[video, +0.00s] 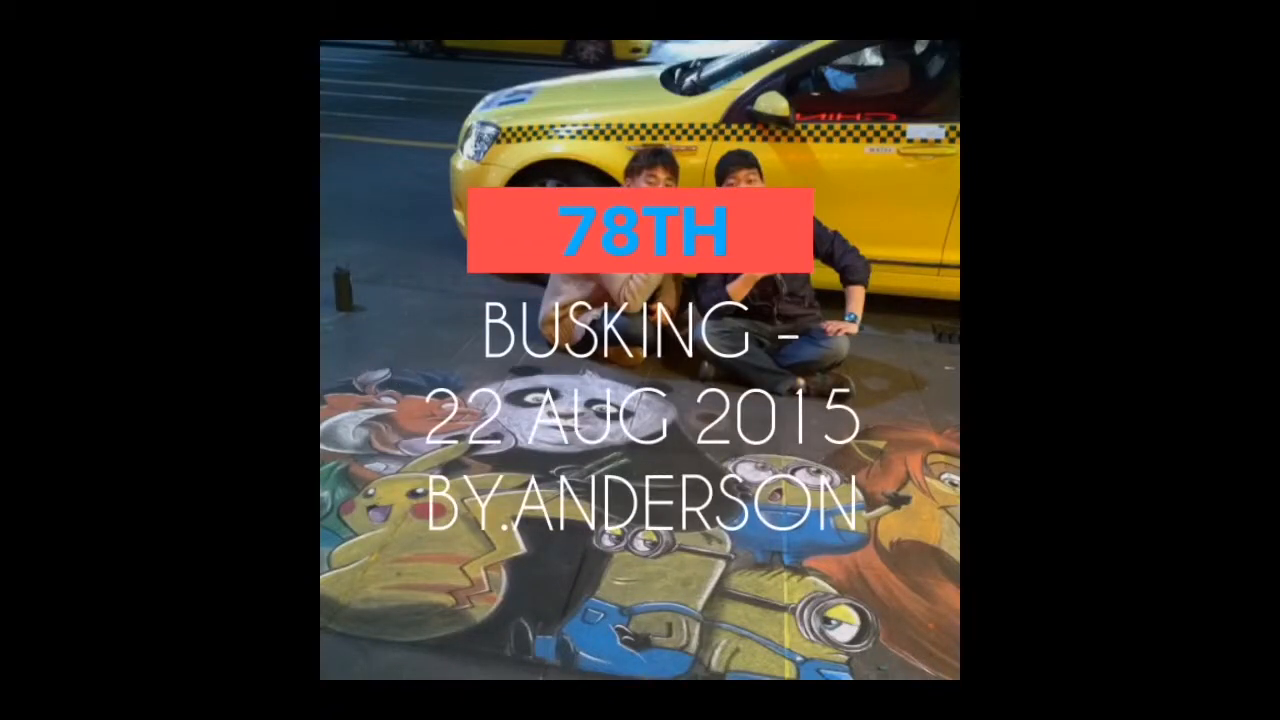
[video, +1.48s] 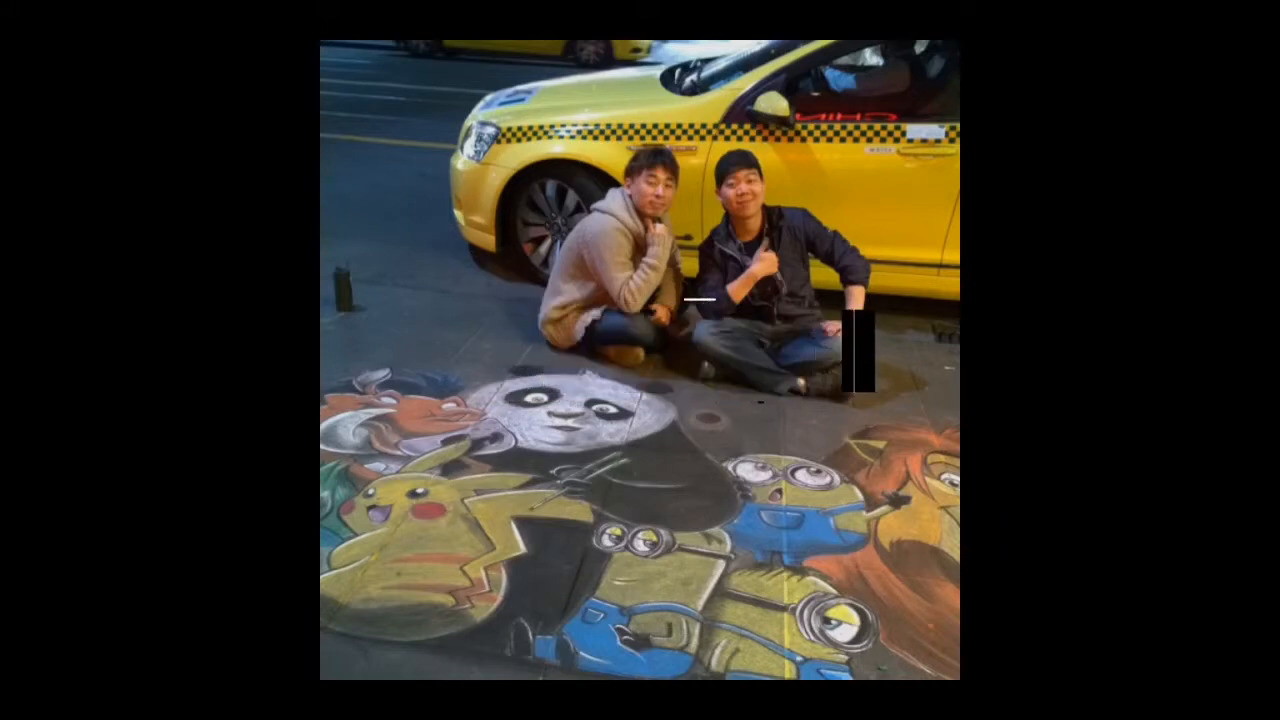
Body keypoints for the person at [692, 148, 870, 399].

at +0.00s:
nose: (743, 190)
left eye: (750, 181)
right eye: (732, 184)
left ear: (763, 184)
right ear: (721, 192)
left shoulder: (791, 220)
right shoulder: (716, 230)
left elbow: (853, 262)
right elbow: (707, 303)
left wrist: (851, 319)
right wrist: (751, 276)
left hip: (800, 325)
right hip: (747, 324)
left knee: (837, 345)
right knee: (708, 333)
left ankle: (732, 371)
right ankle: (798, 386)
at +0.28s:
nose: (743, 191)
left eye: (750, 181)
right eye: (732, 185)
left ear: (763, 187)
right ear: (720, 196)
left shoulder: (796, 223)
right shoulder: (712, 247)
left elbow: (855, 264)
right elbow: (709, 314)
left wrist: (851, 318)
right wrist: (750, 273)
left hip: (792, 332)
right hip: (741, 337)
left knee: (837, 345)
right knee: (706, 340)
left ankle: (746, 373)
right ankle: (794, 383)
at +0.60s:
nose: (743, 190)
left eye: (751, 181)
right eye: (732, 185)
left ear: (763, 187)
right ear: (720, 196)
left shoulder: (795, 222)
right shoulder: (713, 246)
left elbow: (854, 262)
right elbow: (708, 308)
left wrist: (851, 320)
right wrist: (752, 275)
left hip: (800, 325)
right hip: (749, 325)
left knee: (838, 344)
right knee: (704, 332)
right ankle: (811, 383)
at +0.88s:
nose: (743, 190)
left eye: (751, 181)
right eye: (732, 185)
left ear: (763, 187)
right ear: (720, 196)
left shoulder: (795, 223)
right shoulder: (713, 247)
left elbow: (853, 262)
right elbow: (707, 306)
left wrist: (851, 320)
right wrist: (752, 275)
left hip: (799, 328)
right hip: (743, 332)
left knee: (838, 344)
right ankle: (817, 384)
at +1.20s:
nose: (743, 190)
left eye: (751, 180)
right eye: (732, 184)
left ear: (764, 186)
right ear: (719, 195)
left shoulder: (796, 222)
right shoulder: (712, 248)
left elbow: (852, 262)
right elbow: (709, 306)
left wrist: (853, 317)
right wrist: (752, 275)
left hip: (801, 319)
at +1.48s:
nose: (743, 191)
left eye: (750, 181)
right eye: (732, 185)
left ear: (763, 187)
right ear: (720, 195)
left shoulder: (795, 222)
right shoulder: (714, 246)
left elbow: (853, 263)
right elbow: (710, 310)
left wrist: (849, 321)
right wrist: (753, 274)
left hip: (800, 329)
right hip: (747, 329)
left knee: (838, 346)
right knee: (704, 334)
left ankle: (733, 372)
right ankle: (797, 386)